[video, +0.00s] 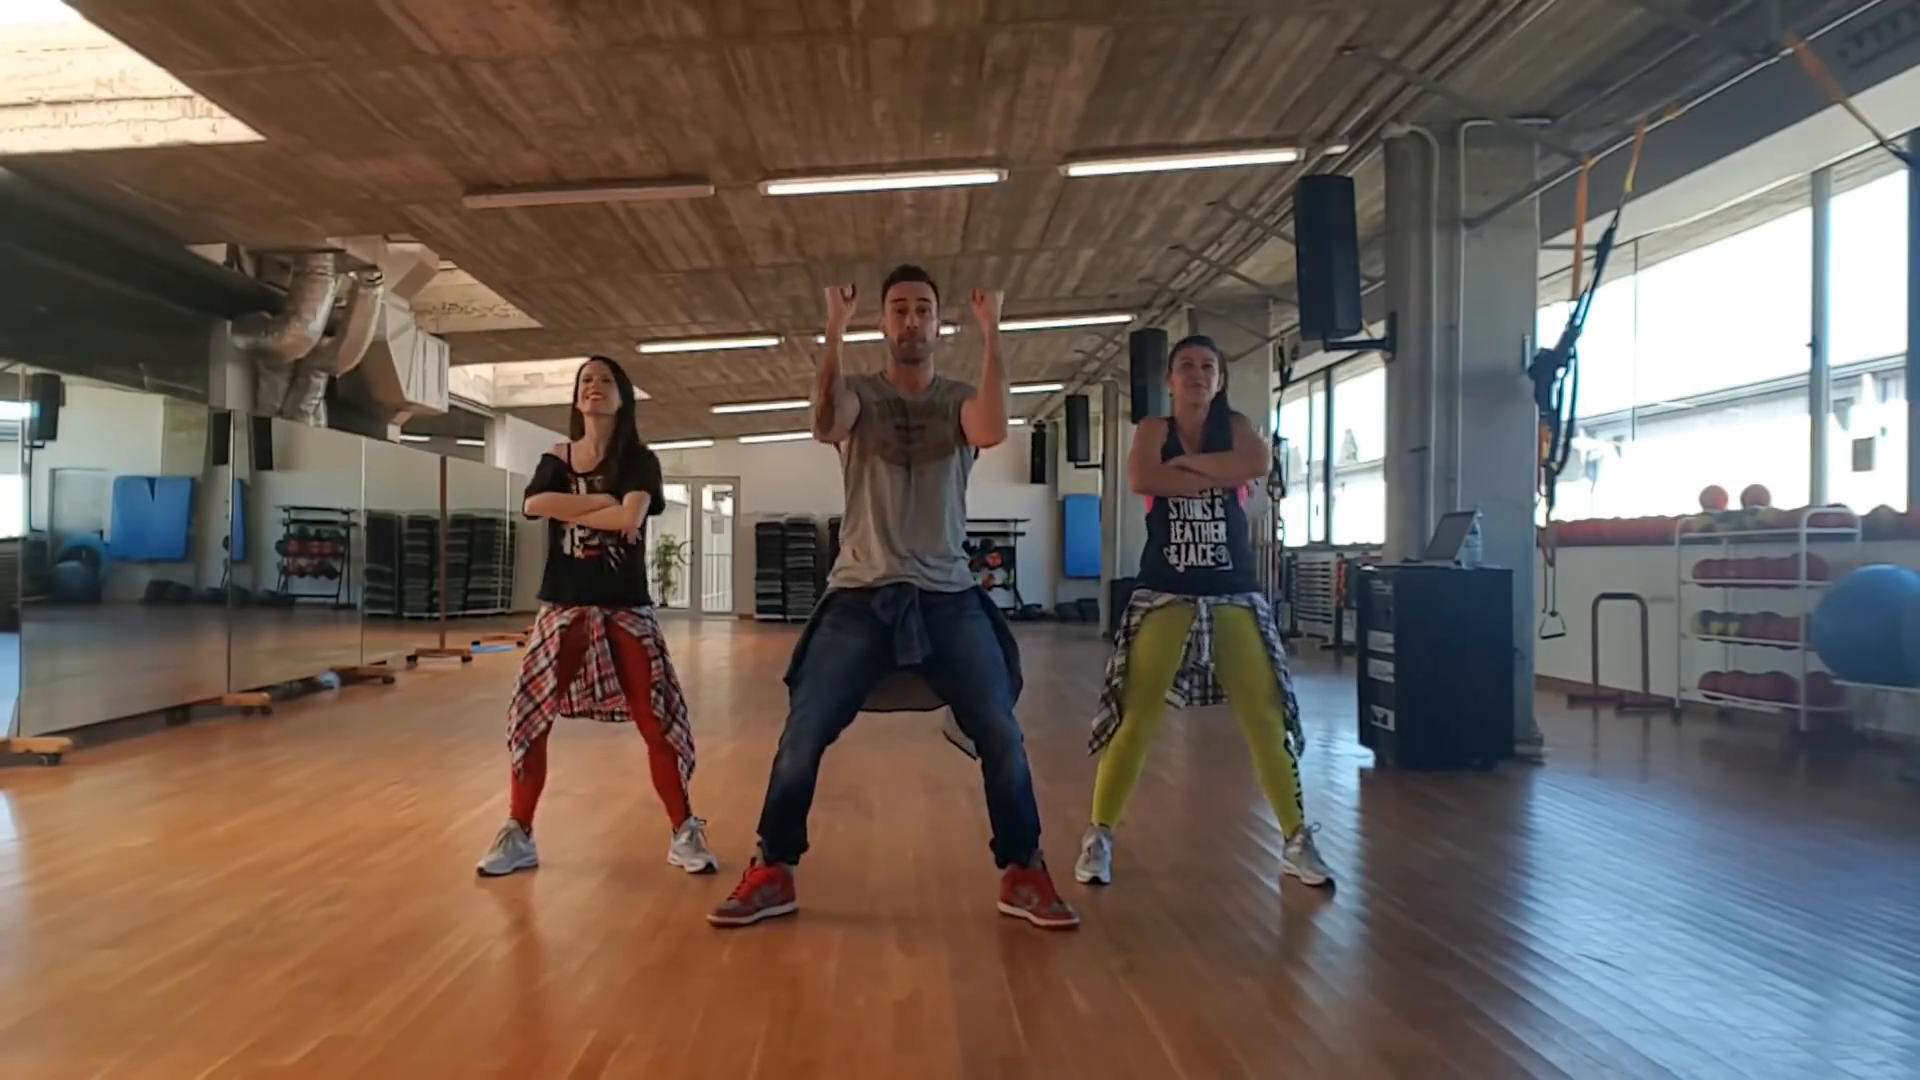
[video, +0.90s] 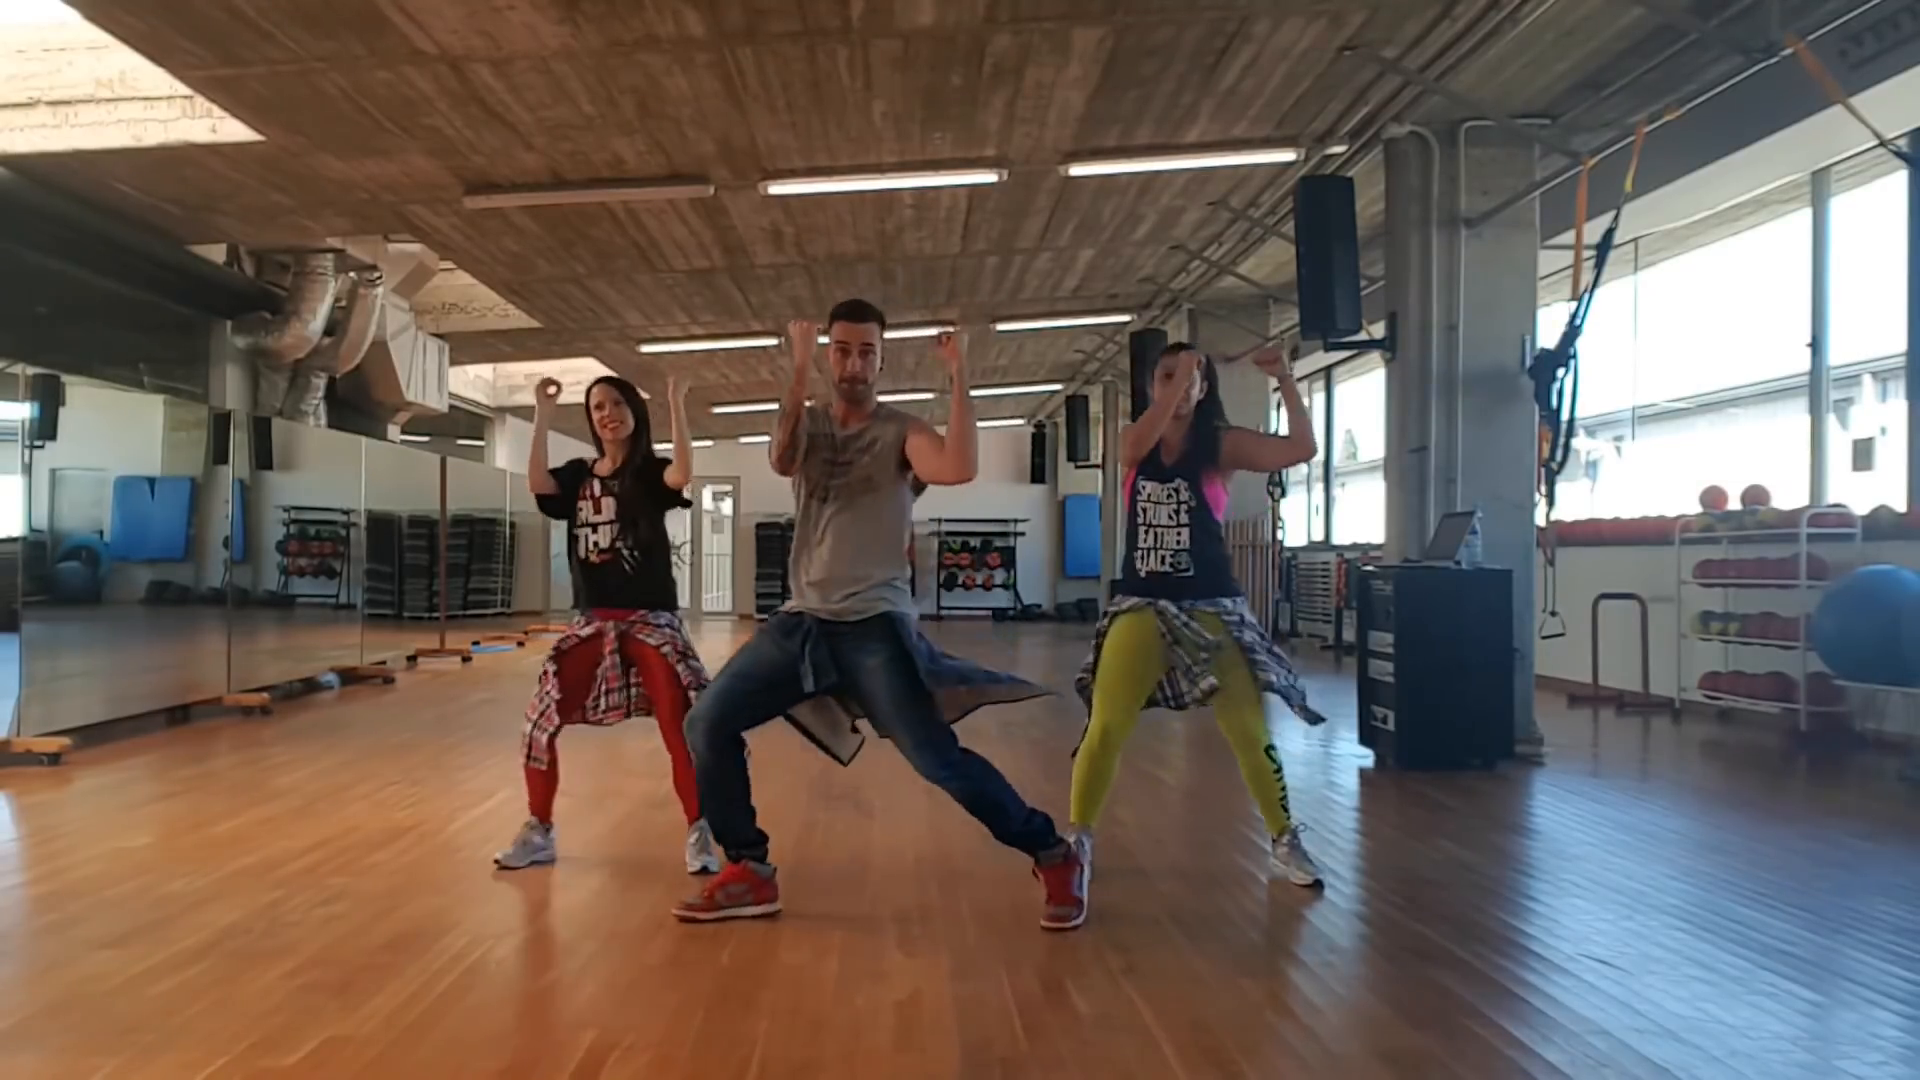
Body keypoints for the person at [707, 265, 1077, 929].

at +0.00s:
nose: (911, 318)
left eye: (921, 309)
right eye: (899, 308)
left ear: (939, 324)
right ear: (881, 323)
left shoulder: (957, 396)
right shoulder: (858, 395)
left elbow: (989, 429)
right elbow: (826, 423)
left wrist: (991, 339)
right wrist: (833, 336)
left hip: (947, 590)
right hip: (860, 588)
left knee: (999, 727)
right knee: (805, 727)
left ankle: (1023, 873)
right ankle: (774, 871)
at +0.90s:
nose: (852, 364)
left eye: (865, 352)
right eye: (842, 351)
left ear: (880, 358)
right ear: (826, 357)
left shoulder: (900, 431)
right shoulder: (807, 424)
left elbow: (957, 467)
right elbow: (782, 460)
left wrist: (958, 380)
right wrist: (797, 377)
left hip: (873, 621)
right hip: (801, 620)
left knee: (934, 757)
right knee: (708, 721)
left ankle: (1055, 854)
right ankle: (748, 871)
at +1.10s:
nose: (810, 353)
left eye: (823, 341)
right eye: (799, 339)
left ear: (840, 348)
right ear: (783, 344)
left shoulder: (855, 421)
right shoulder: (756, 410)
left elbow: (912, 451)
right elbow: (713, 431)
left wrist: (916, 357)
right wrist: (734, 343)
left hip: (833, 598)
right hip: (758, 597)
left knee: (893, 738)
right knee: (685, 727)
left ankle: (980, 846)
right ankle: (745, 869)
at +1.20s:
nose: (800, 343)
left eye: (812, 331)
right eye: (789, 330)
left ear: (831, 337)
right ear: (775, 334)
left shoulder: (849, 405)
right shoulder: (747, 396)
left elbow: (914, 413)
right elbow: (701, 397)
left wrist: (913, 330)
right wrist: (716, 318)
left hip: (827, 582)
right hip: (747, 581)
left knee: (849, 727)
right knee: (688, 720)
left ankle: (897, 835)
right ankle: (735, 859)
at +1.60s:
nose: (820, 348)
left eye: (832, 336)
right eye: (808, 336)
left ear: (848, 342)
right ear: (788, 341)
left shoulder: (861, 407)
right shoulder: (763, 400)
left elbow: (885, 434)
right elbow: (721, 425)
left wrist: (879, 339)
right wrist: (733, 338)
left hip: (846, 591)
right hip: (770, 591)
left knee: (922, 709)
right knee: (747, 737)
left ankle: (894, 848)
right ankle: (701, 856)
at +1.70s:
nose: (838, 346)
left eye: (849, 335)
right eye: (827, 334)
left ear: (867, 344)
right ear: (810, 340)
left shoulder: (884, 407)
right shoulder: (784, 405)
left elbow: (902, 437)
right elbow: (725, 432)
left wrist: (878, 341)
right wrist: (719, 345)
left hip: (872, 600)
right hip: (797, 600)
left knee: (952, 715)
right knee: (776, 748)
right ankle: (678, 852)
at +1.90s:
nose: (895, 372)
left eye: (905, 359)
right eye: (883, 360)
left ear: (920, 362)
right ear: (868, 365)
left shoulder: (949, 428)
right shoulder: (846, 433)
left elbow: (955, 460)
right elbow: (787, 467)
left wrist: (925, 376)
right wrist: (772, 383)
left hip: (946, 621)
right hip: (874, 623)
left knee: (1034, 730)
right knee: (829, 760)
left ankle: (1031, 872)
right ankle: (699, 844)